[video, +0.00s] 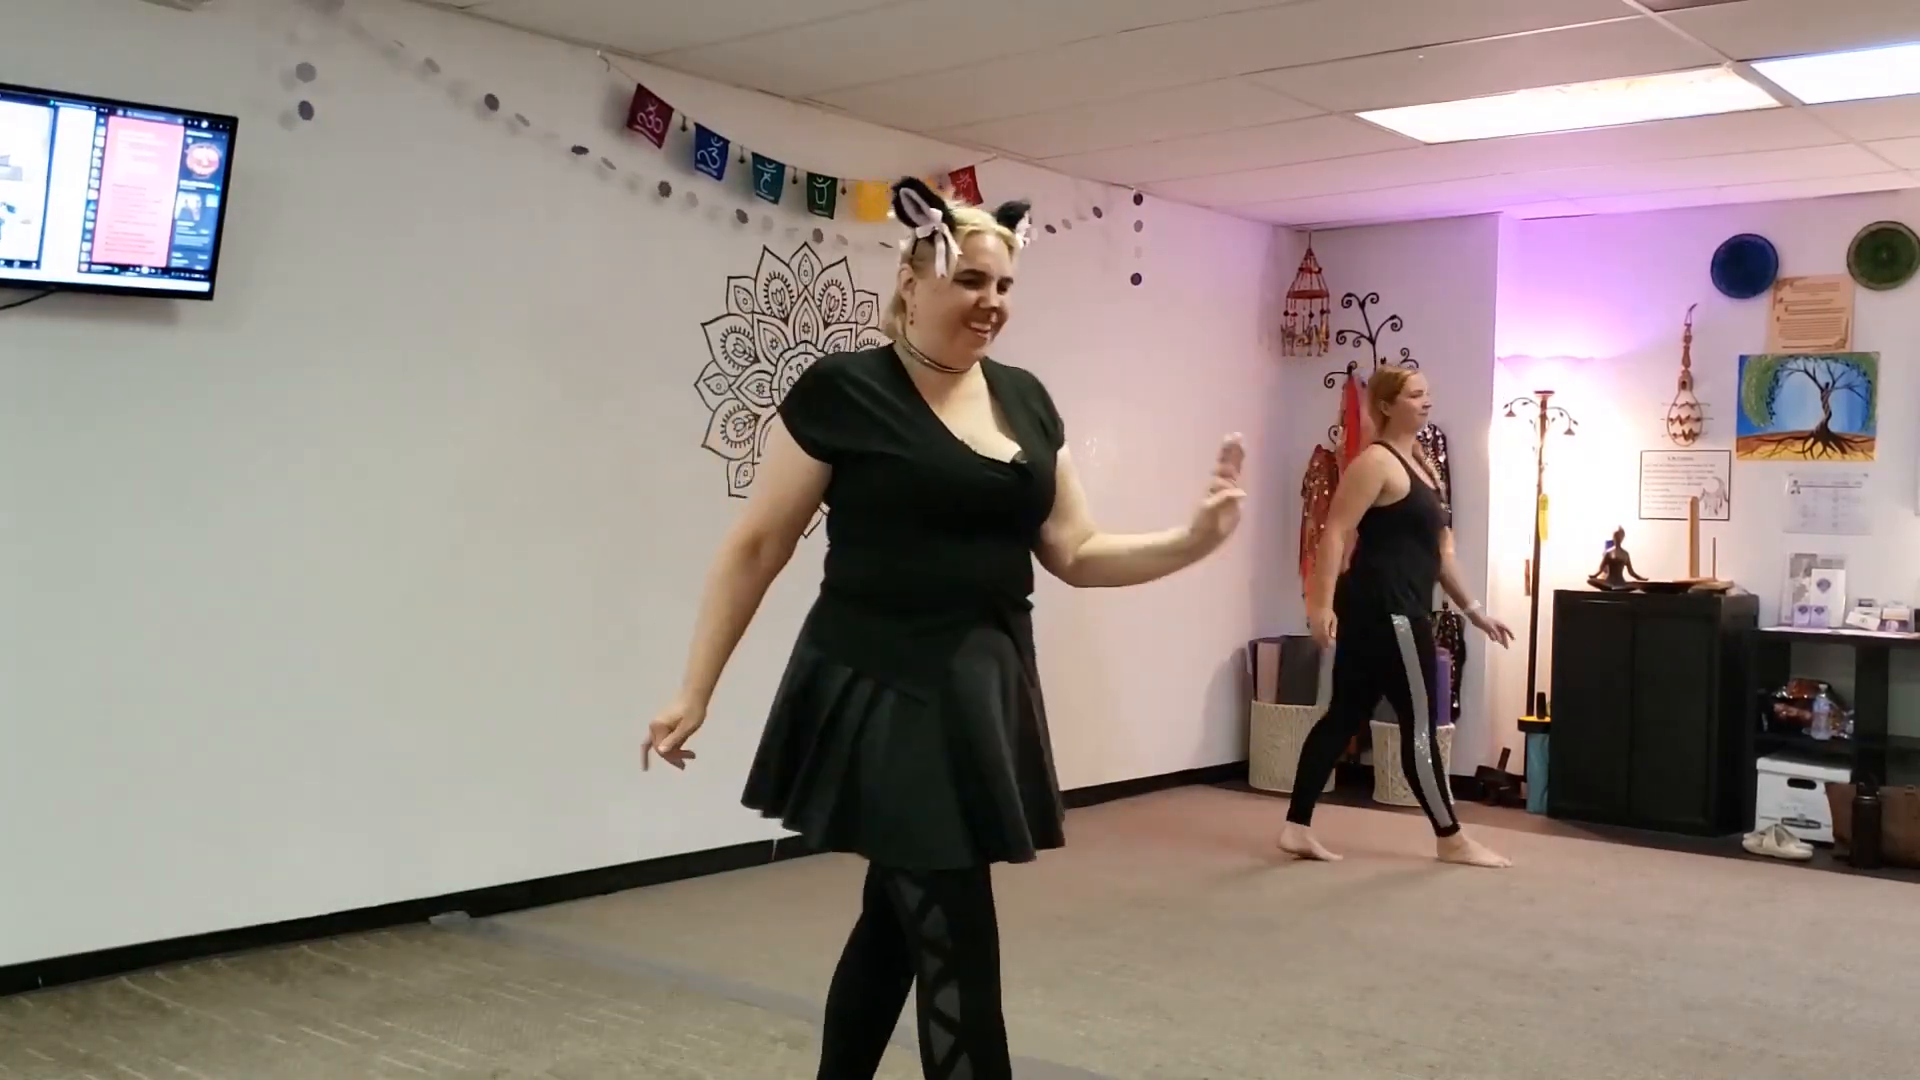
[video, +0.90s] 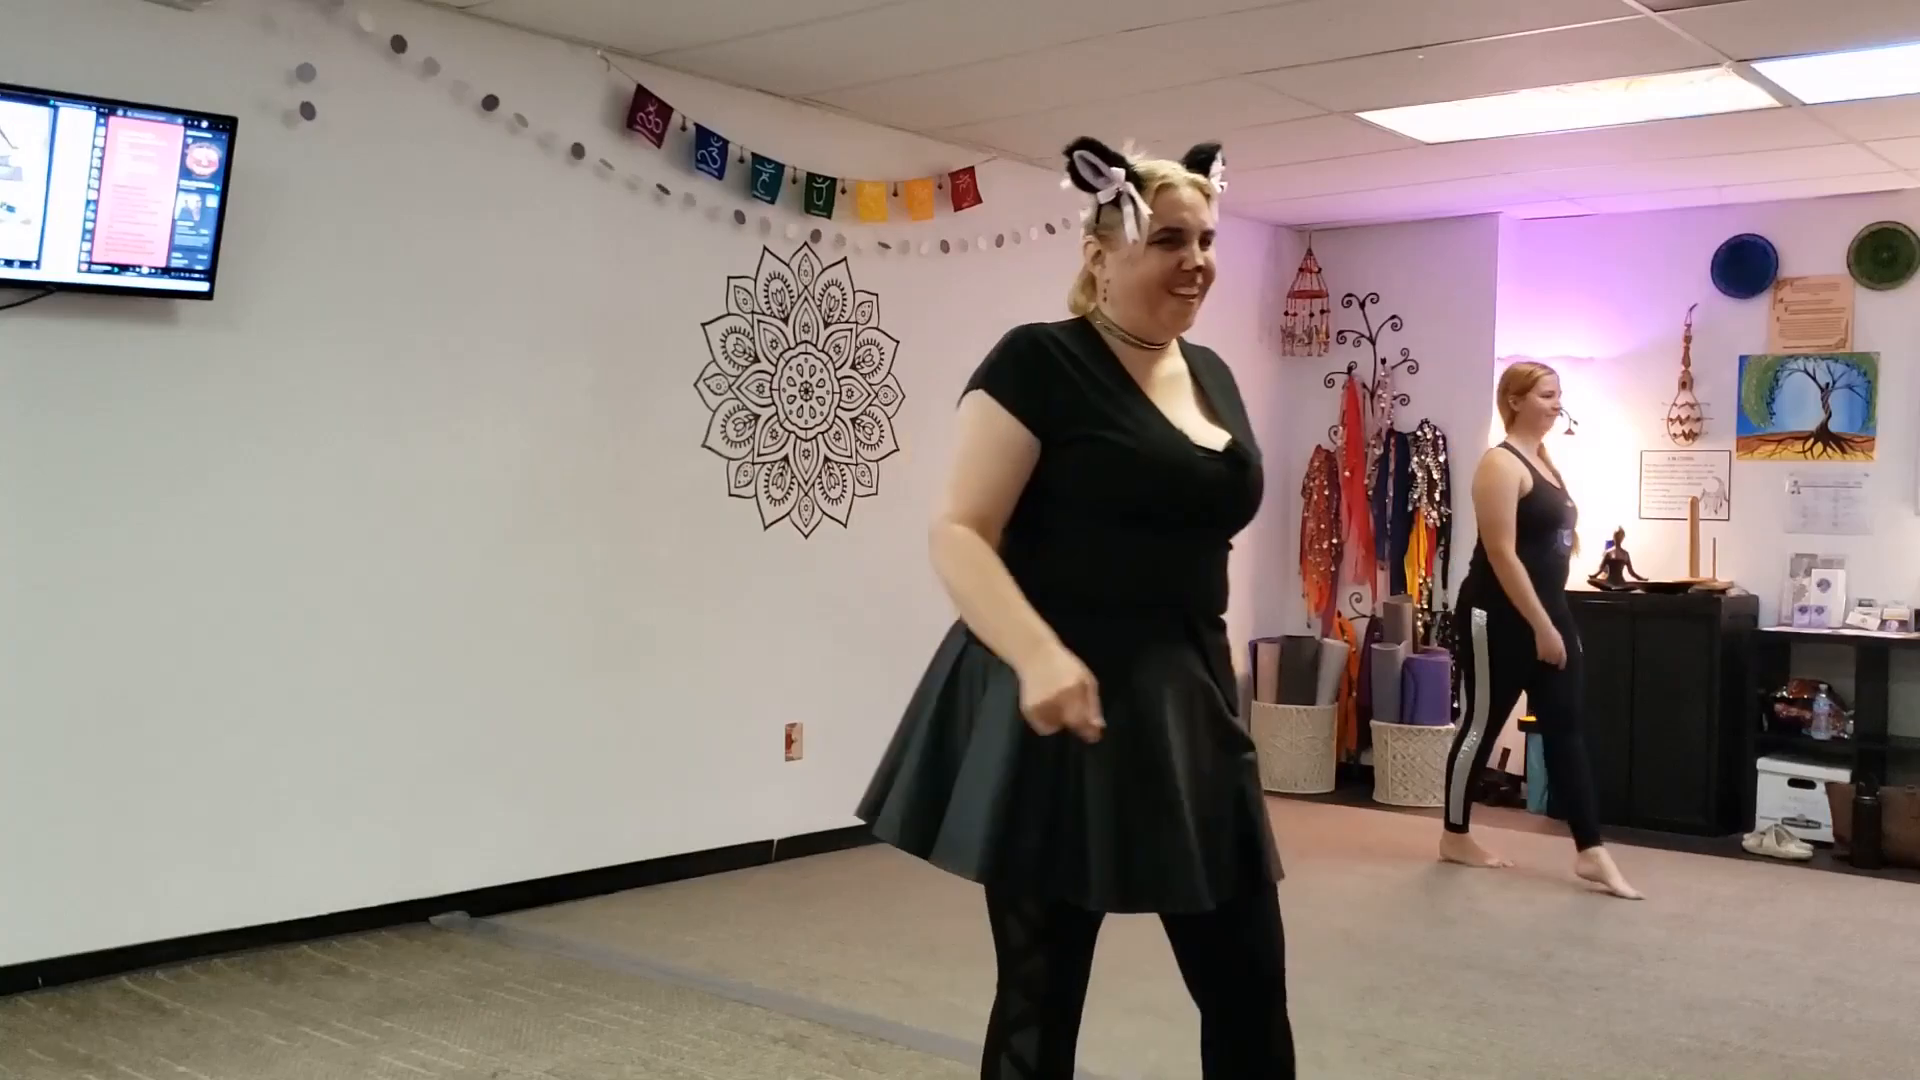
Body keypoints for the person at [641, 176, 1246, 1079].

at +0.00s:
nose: (992, 301)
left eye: (1005, 285)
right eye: (970, 279)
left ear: (1016, 293)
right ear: (908, 282)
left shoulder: (1018, 398)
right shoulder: (843, 394)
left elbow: (1075, 551)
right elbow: (756, 547)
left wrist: (1192, 540)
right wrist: (694, 695)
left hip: (983, 689)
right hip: (874, 688)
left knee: (896, 922)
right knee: (961, 933)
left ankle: (841, 1077)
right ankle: (971, 1072)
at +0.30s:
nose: (1062, 274)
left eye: (1073, 257)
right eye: (1038, 253)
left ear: (1083, 268)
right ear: (976, 261)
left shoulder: (1098, 387)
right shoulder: (912, 376)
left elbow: (1175, 544)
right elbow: (821, 536)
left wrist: (1309, 621)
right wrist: (769, 685)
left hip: (1047, 683)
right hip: (930, 676)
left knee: (966, 912)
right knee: (987, 917)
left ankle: (876, 1069)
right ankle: (991, 1079)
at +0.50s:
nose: (1111, 281)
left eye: (1125, 264)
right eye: (1086, 259)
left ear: (1134, 276)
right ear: (1023, 267)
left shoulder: (1141, 397)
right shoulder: (955, 379)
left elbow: (1188, 583)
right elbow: (868, 547)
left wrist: (1244, 727)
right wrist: (833, 698)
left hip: (1095, 706)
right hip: (967, 699)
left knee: (1088, 960)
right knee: (1008, 982)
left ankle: (926, 1059)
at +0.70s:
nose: (1154, 278)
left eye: (1165, 258)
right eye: (1128, 254)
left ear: (1176, 268)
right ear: (1059, 260)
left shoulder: (1173, 388)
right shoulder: (994, 371)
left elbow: (1168, 567)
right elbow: (911, 538)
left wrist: (1174, 709)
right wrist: (921, 679)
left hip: (1139, 712)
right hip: (1014, 713)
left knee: (1208, 964)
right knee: (1022, 999)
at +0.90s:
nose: (1198, 261)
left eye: (1207, 241)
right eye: (1170, 239)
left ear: (1217, 253)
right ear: (1099, 252)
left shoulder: (1208, 375)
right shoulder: (1038, 362)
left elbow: (1208, 564)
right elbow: (958, 534)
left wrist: (1226, 714)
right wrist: (1038, 657)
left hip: (1184, 707)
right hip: (1055, 708)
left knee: (1249, 990)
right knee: (1040, 1007)